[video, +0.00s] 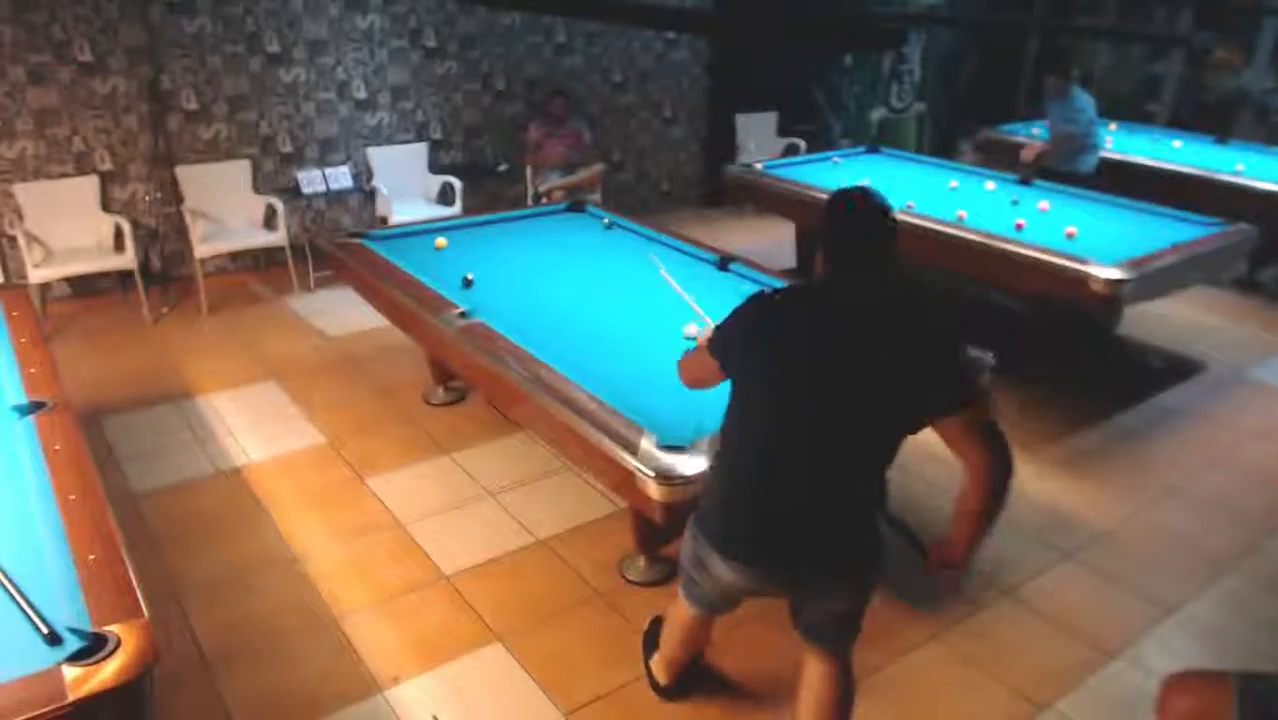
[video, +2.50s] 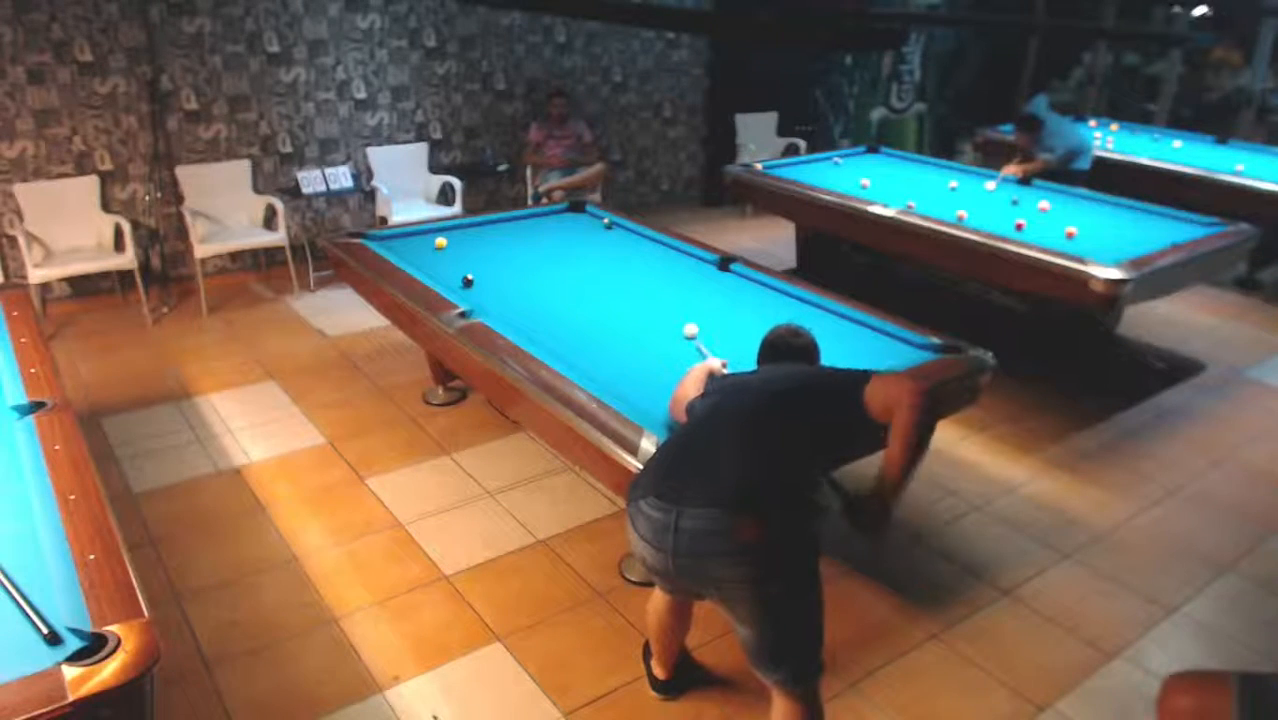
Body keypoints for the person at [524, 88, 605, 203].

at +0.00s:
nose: (558, 111)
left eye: (562, 107)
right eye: (554, 107)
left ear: (568, 109)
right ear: (547, 108)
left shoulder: (578, 127)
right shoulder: (537, 128)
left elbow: (588, 152)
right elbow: (530, 160)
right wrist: (531, 194)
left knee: (599, 167)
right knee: (559, 195)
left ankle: (550, 188)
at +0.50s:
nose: (559, 111)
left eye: (563, 106)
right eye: (555, 106)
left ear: (569, 107)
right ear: (548, 107)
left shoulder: (577, 125)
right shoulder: (538, 126)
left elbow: (589, 148)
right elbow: (530, 156)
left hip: (573, 168)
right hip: (546, 170)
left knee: (599, 168)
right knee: (559, 195)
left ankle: (548, 188)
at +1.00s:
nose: (559, 111)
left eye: (563, 106)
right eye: (555, 106)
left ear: (569, 107)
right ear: (548, 107)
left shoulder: (577, 125)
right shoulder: (538, 126)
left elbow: (589, 148)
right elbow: (529, 156)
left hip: (573, 168)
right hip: (547, 170)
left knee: (599, 168)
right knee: (558, 195)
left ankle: (548, 189)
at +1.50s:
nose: (559, 110)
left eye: (563, 106)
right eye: (555, 106)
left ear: (568, 108)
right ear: (548, 107)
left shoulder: (578, 126)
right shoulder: (539, 127)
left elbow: (593, 155)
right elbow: (528, 156)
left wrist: (572, 160)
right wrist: (552, 161)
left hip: (576, 166)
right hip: (550, 169)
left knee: (602, 169)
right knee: (558, 196)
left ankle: (551, 186)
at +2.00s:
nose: (560, 111)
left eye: (563, 106)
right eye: (556, 107)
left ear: (569, 107)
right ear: (549, 108)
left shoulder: (578, 125)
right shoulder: (539, 127)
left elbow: (592, 152)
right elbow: (528, 157)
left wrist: (574, 161)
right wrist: (553, 162)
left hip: (577, 166)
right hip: (551, 169)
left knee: (601, 169)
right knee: (559, 196)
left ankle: (548, 188)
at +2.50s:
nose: (560, 111)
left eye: (563, 106)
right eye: (555, 107)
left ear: (568, 108)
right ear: (549, 108)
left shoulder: (578, 125)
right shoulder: (540, 127)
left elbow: (593, 155)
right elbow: (528, 157)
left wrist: (572, 160)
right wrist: (552, 162)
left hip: (576, 166)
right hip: (552, 169)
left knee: (601, 168)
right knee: (558, 196)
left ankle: (549, 187)